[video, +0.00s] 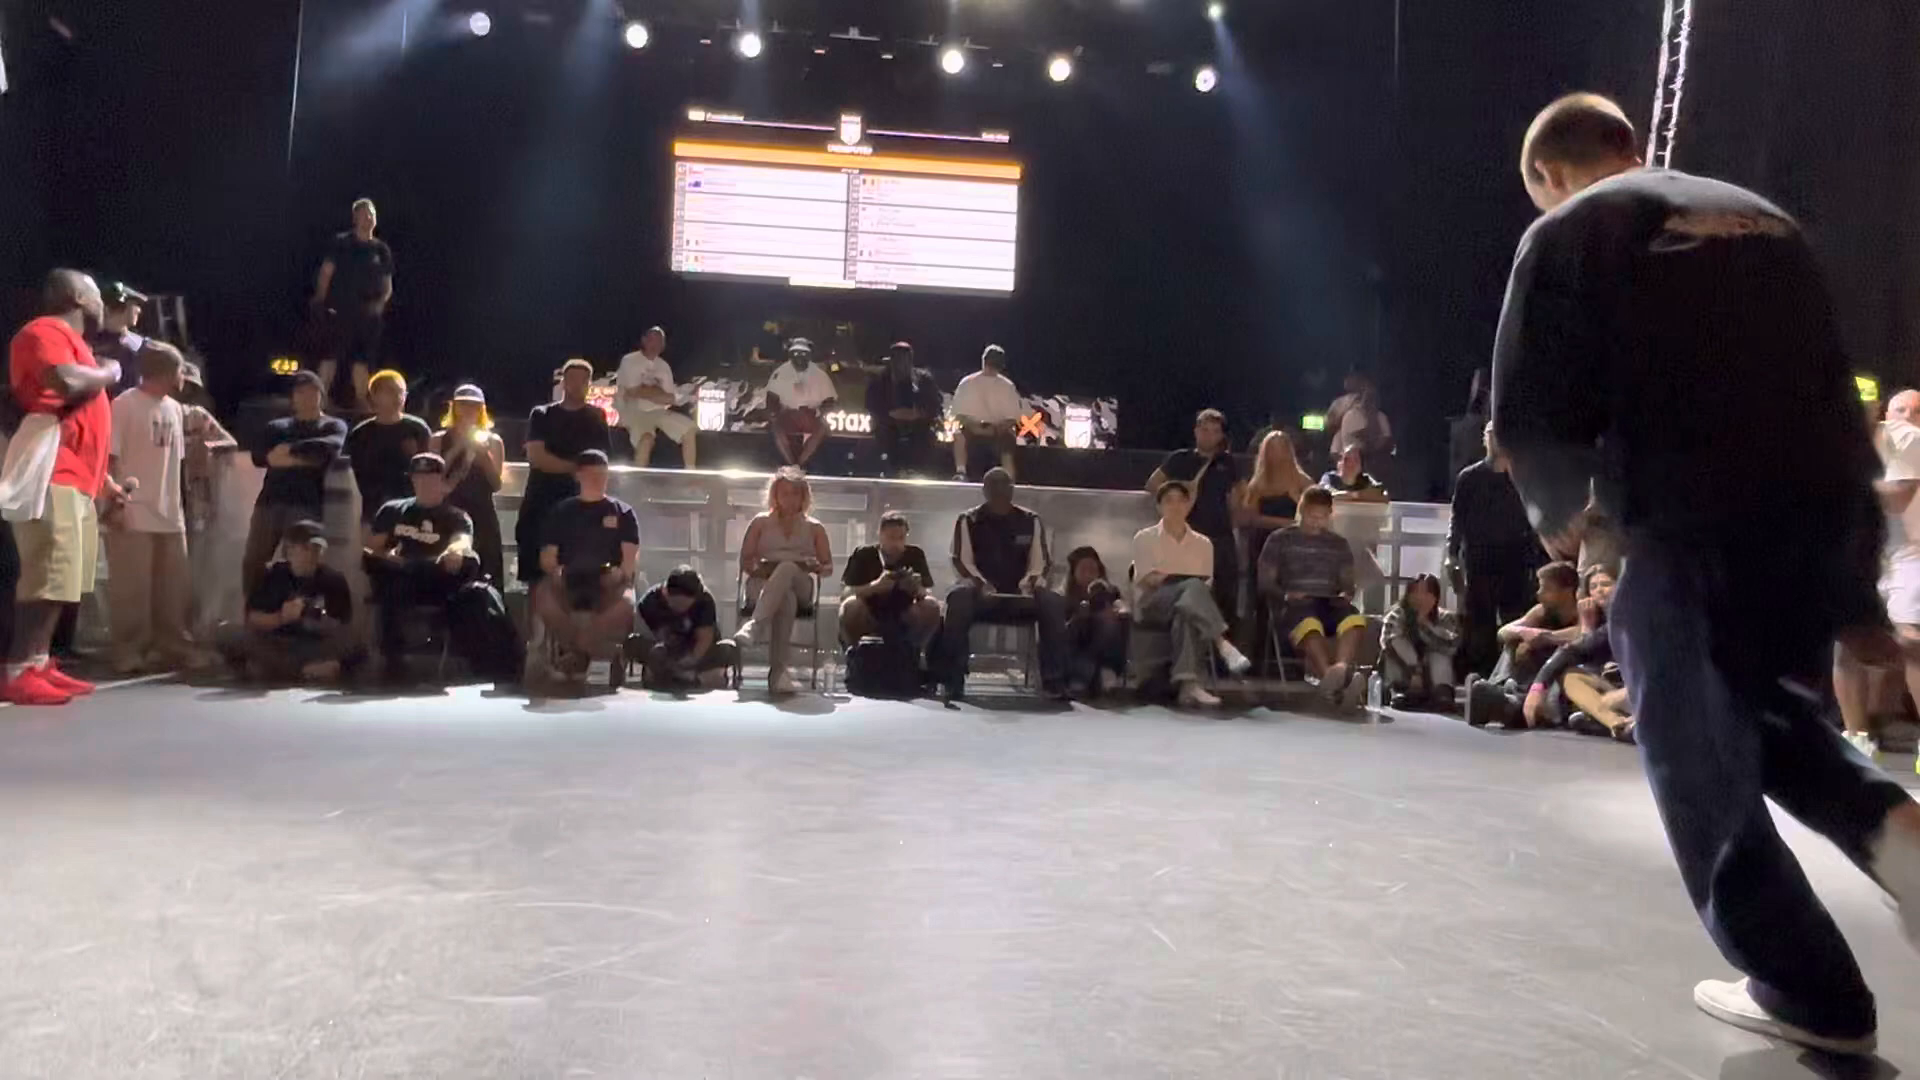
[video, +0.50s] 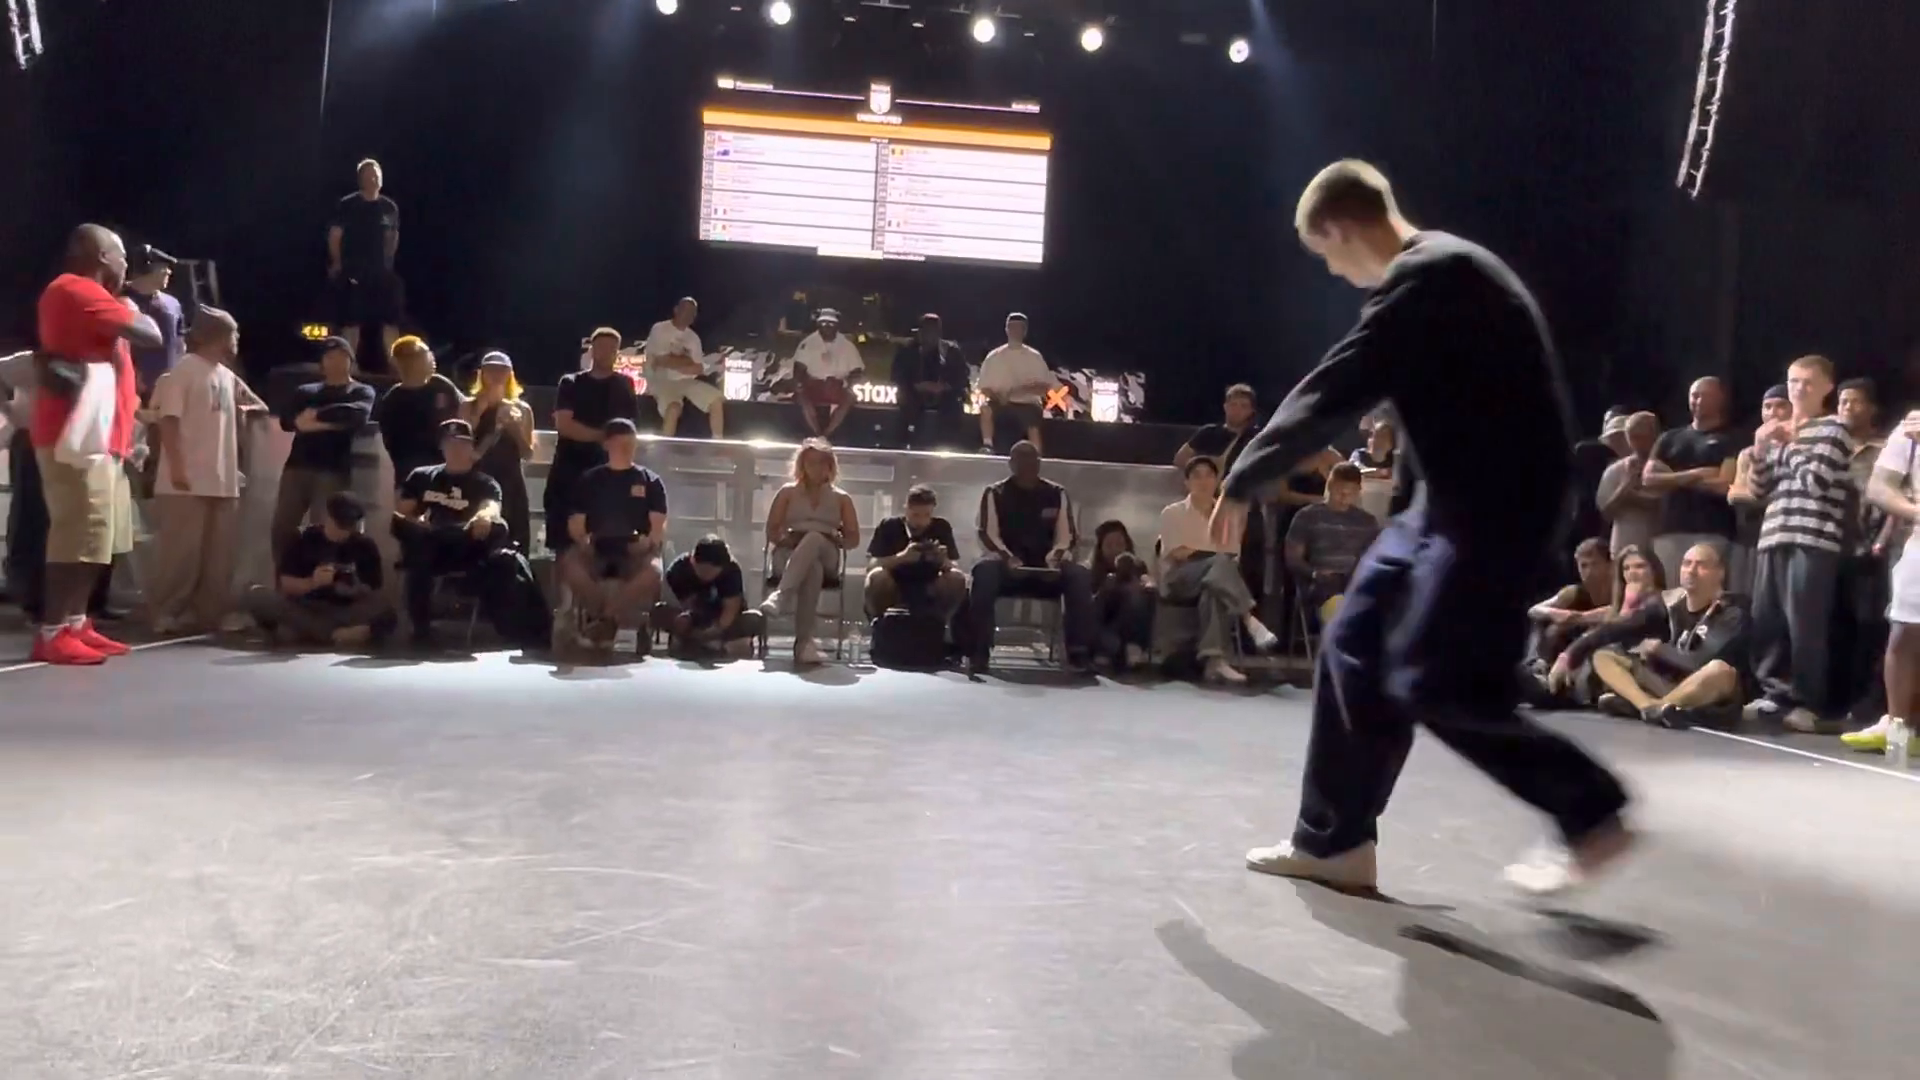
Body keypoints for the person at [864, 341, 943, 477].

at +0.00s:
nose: (901, 363)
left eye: (905, 358)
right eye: (897, 358)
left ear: (911, 360)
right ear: (892, 360)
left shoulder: (923, 378)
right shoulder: (881, 380)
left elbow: (934, 406)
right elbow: (872, 405)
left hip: (917, 427)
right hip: (890, 430)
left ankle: (919, 470)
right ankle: (891, 468)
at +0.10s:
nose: (909, 356)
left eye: (912, 352)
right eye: (905, 352)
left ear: (917, 352)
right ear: (898, 353)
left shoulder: (930, 371)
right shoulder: (888, 373)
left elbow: (941, 399)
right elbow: (879, 398)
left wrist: (923, 408)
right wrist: (898, 410)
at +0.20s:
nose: (914, 350)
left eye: (917, 345)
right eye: (910, 345)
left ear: (923, 346)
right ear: (904, 346)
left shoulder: (935, 364)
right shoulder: (893, 365)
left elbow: (945, 392)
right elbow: (883, 390)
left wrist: (928, 400)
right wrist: (902, 402)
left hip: (929, 411)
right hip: (902, 413)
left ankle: (939, 455)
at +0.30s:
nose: (918, 345)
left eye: (922, 340)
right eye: (915, 340)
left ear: (928, 341)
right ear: (909, 341)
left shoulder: (940, 359)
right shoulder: (899, 359)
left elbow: (951, 385)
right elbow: (887, 384)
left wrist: (932, 395)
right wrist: (906, 397)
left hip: (934, 405)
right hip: (907, 407)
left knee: (943, 415)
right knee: (896, 412)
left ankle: (942, 451)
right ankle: (896, 449)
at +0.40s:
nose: (924, 341)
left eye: (927, 336)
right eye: (920, 336)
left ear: (933, 337)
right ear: (914, 337)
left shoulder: (946, 354)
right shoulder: (903, 356)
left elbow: (956, 382)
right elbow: (893, 381)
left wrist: (937, 390)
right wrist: (912, 390)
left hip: (939, 402)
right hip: (911, 403)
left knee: (948, 409)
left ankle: (948, 447)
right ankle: (897, 446)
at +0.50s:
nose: (930, 337)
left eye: (934, 332)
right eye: (926, 332)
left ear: (940, 333)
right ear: (920, 332)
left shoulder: (951, 350)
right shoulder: (908, 350)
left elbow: (962, 379)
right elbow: (898, 377)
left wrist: (942, 387)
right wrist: (919, 387)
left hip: (944, 398)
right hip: (916, 399)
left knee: (954, 402)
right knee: (904, 398)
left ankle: (951, 442)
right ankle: (902, 442)